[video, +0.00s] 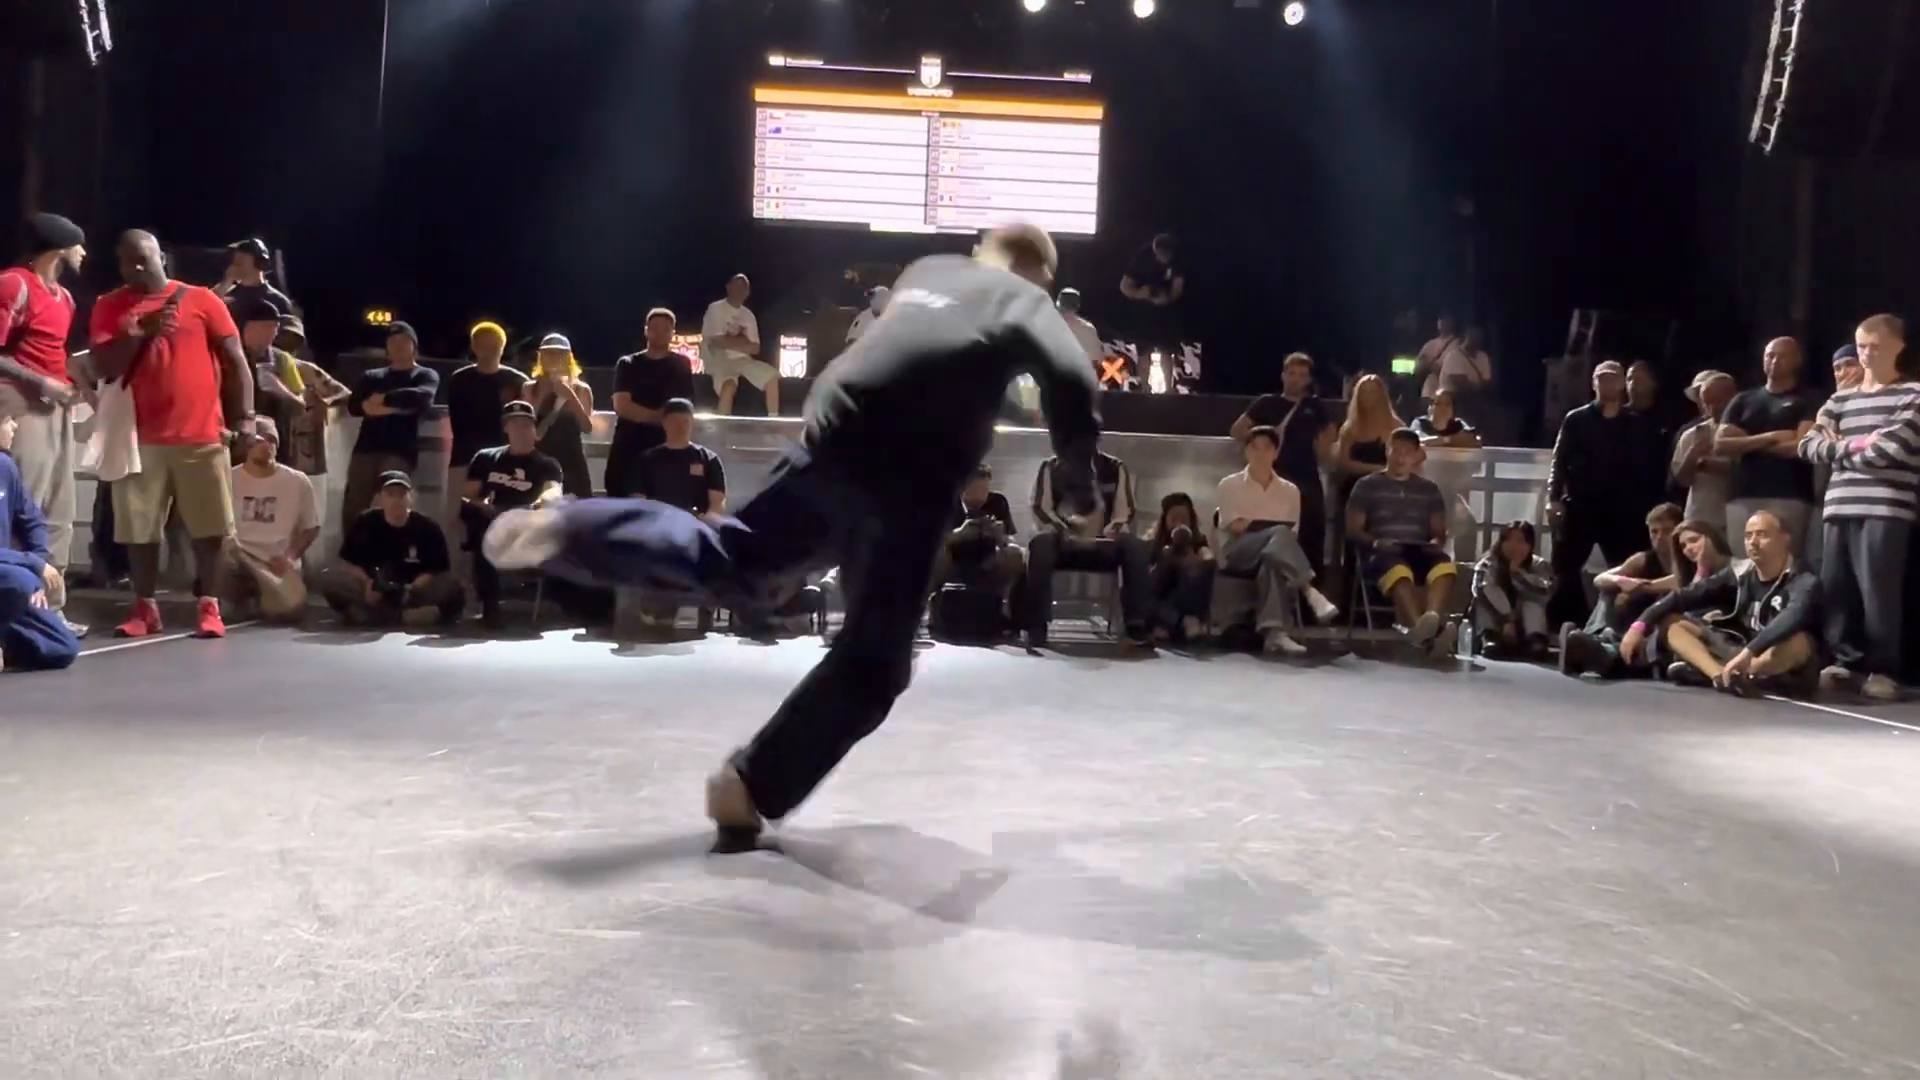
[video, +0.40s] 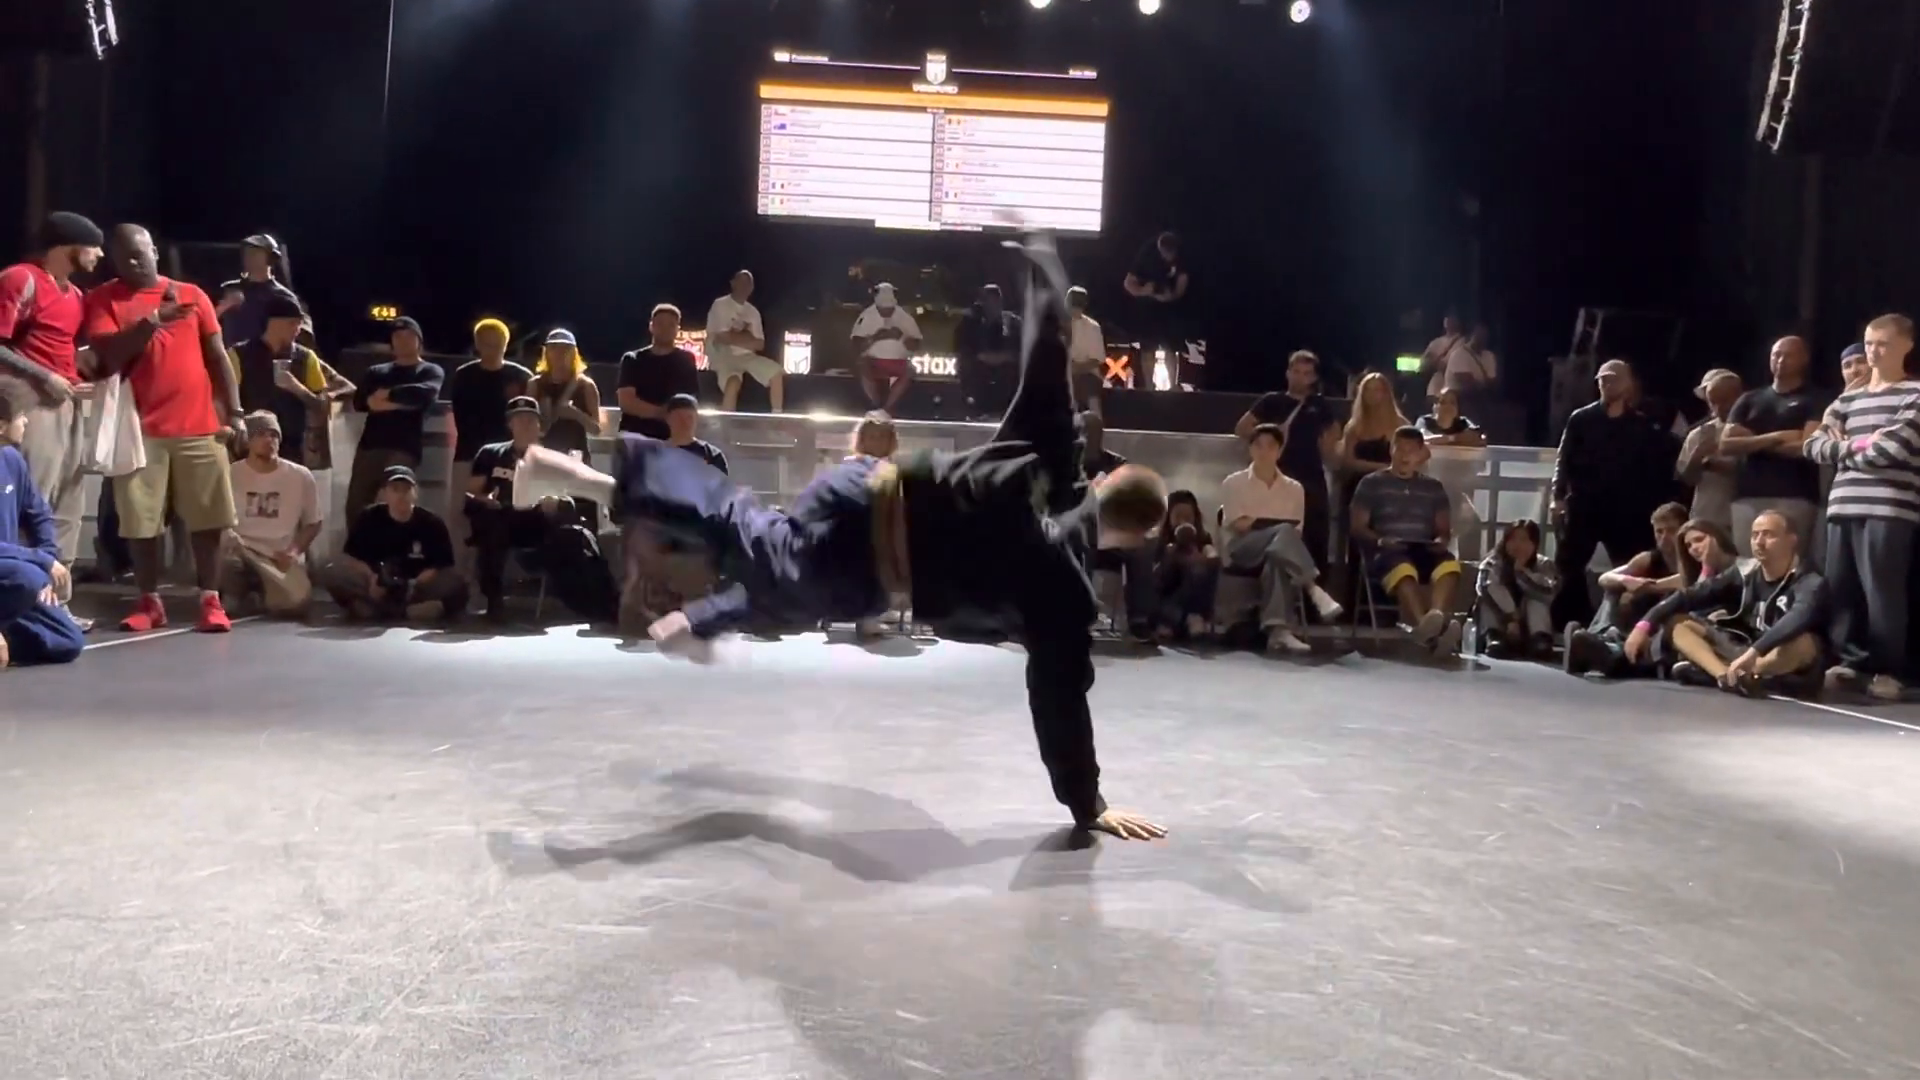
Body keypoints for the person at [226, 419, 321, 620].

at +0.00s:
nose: (267, 445)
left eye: (272, 439)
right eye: (260, 439)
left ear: (277, 444)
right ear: (245, 443)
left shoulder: (298, 481)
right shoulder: (228, 478)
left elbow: (311, 526)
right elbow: (217, 518)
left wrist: (288, 557)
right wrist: (226, 542)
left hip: (277, 562)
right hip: (238, 557)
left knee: (290, 607)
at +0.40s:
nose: (269, 440)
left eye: (274, 435)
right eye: (262, 434)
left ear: (280, 440)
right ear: (249, 440)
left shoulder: (301, 476)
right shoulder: (230, 473)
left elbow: (313, 522)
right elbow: (215, 511)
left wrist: (294, 551)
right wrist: (226, 534)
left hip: (279, 556)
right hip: (240, 551)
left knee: (295, 601)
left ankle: (254, 598)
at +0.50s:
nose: (270, 440)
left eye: (275, 434)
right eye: (263, 434)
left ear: (280, 439)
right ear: (249, 439)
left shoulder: (302, 475)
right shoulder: (231, 473)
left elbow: (314, 521)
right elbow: (219, 507)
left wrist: (296, 550)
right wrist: (227, 529)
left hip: (282, 555)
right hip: (242, 550)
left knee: (296, 600)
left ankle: (258, 595)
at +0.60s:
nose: (270, 440)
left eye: (275, 434)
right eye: (263, 434)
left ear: (281, 438)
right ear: (249, 438)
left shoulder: (303, 473)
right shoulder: (231, 473)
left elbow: (315, 520)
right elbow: (221, 510)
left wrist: (297, 548)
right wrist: (229, 530)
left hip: (284, 554)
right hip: (244, 549)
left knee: (297, 597)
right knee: (228, 560)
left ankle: (259, 595)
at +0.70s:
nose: (271, 439)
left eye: (276, 433)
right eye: (263, 433)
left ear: (282, 437)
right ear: (250, 437)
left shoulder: (304, 473)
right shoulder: (231, 473)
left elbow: (316, 519)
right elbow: (223, 512)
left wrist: (298, 548)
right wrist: (230, 529)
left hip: (286, 554)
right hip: (245, 549)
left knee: (297, 598)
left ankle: (262, 593)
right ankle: (238, 595)